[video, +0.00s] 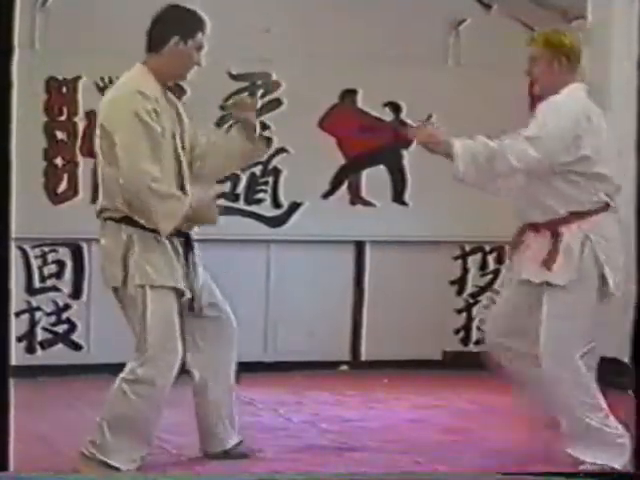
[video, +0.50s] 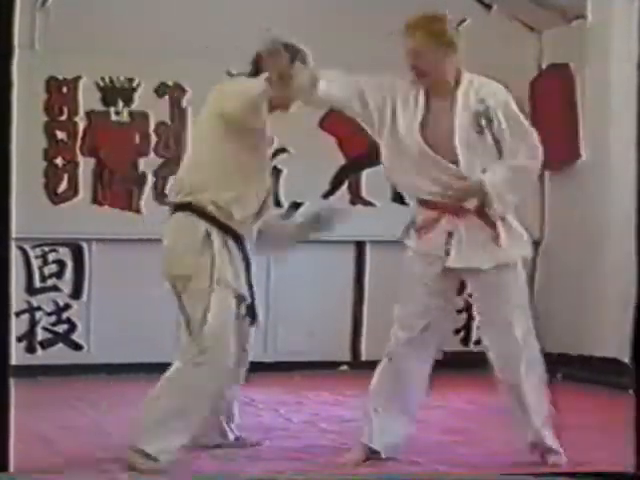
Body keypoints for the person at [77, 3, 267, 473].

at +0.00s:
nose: (198, 61)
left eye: (200, 51)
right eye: (196, 49)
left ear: (170, 47)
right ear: (173, 44)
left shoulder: (169, 103)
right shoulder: (130, 101)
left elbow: (203, 161)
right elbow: (144, 188)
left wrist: (249, 133)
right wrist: (194, 207)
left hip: (170, 240)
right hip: (134, 241)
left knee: (216, 326)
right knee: (159, 352)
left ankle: (220, 439)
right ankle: (107, 456)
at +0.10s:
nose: (206, 71)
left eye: (209, 61)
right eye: (205, 59)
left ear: (180, 55)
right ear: (183, 53)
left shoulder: (171, 108)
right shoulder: (142, 105)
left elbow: (197, 181)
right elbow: (165, 196)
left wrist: (226, 147)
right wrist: (210, 214)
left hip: (172, 247)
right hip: (141, 247)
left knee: (218, 330)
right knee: (165, 358)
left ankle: (227, 433)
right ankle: (107, 456)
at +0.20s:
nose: (224, 81)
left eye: (225, 72)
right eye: (221, 70)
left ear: (195, 64)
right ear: (201, 63)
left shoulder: (173, 105)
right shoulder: (175, 107)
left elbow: (202, 176)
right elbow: (218, 178)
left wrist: (249, 181)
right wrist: (251, 198)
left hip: (176, 249)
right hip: (159, 251)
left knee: (219, 332)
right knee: (175, 363)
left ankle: (231, 428)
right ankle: (108, 455)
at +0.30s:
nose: (240, 84)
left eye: (240, 75)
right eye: (236, 74)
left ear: (203, 70)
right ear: (216, 70)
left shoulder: (174, 103)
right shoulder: (202, 101)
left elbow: (198, 175)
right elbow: (249, 156)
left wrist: (243, 176)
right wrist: (278, 157)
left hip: (183, 248)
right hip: (178, 250)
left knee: (220, 339)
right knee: (182, 361)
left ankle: (217, 429)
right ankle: (112, 454)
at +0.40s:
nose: (275, 90)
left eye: (277, 83)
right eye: (272, 81)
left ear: (240, 78)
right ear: (253, 77)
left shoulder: (223, 117)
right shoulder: (229, 96)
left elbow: (217, 206)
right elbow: (280, 116)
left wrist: (263, 221)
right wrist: (298, 86)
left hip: (212, 243)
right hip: (192, 240)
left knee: (227, 343)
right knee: (196, 352)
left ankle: (211, 430)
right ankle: (119, 448)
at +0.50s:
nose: (294, 99)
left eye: (299, 91)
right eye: (293, 86)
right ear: (271, 71)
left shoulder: (260, 141)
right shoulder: (229, 93)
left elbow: (261, 226)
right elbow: (242, 103)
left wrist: (313, 219)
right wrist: (272, 83)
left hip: (227, 243)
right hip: (198, 232)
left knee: (233, 340)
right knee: (215, 344)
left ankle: (214, 428)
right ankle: (150, 445)